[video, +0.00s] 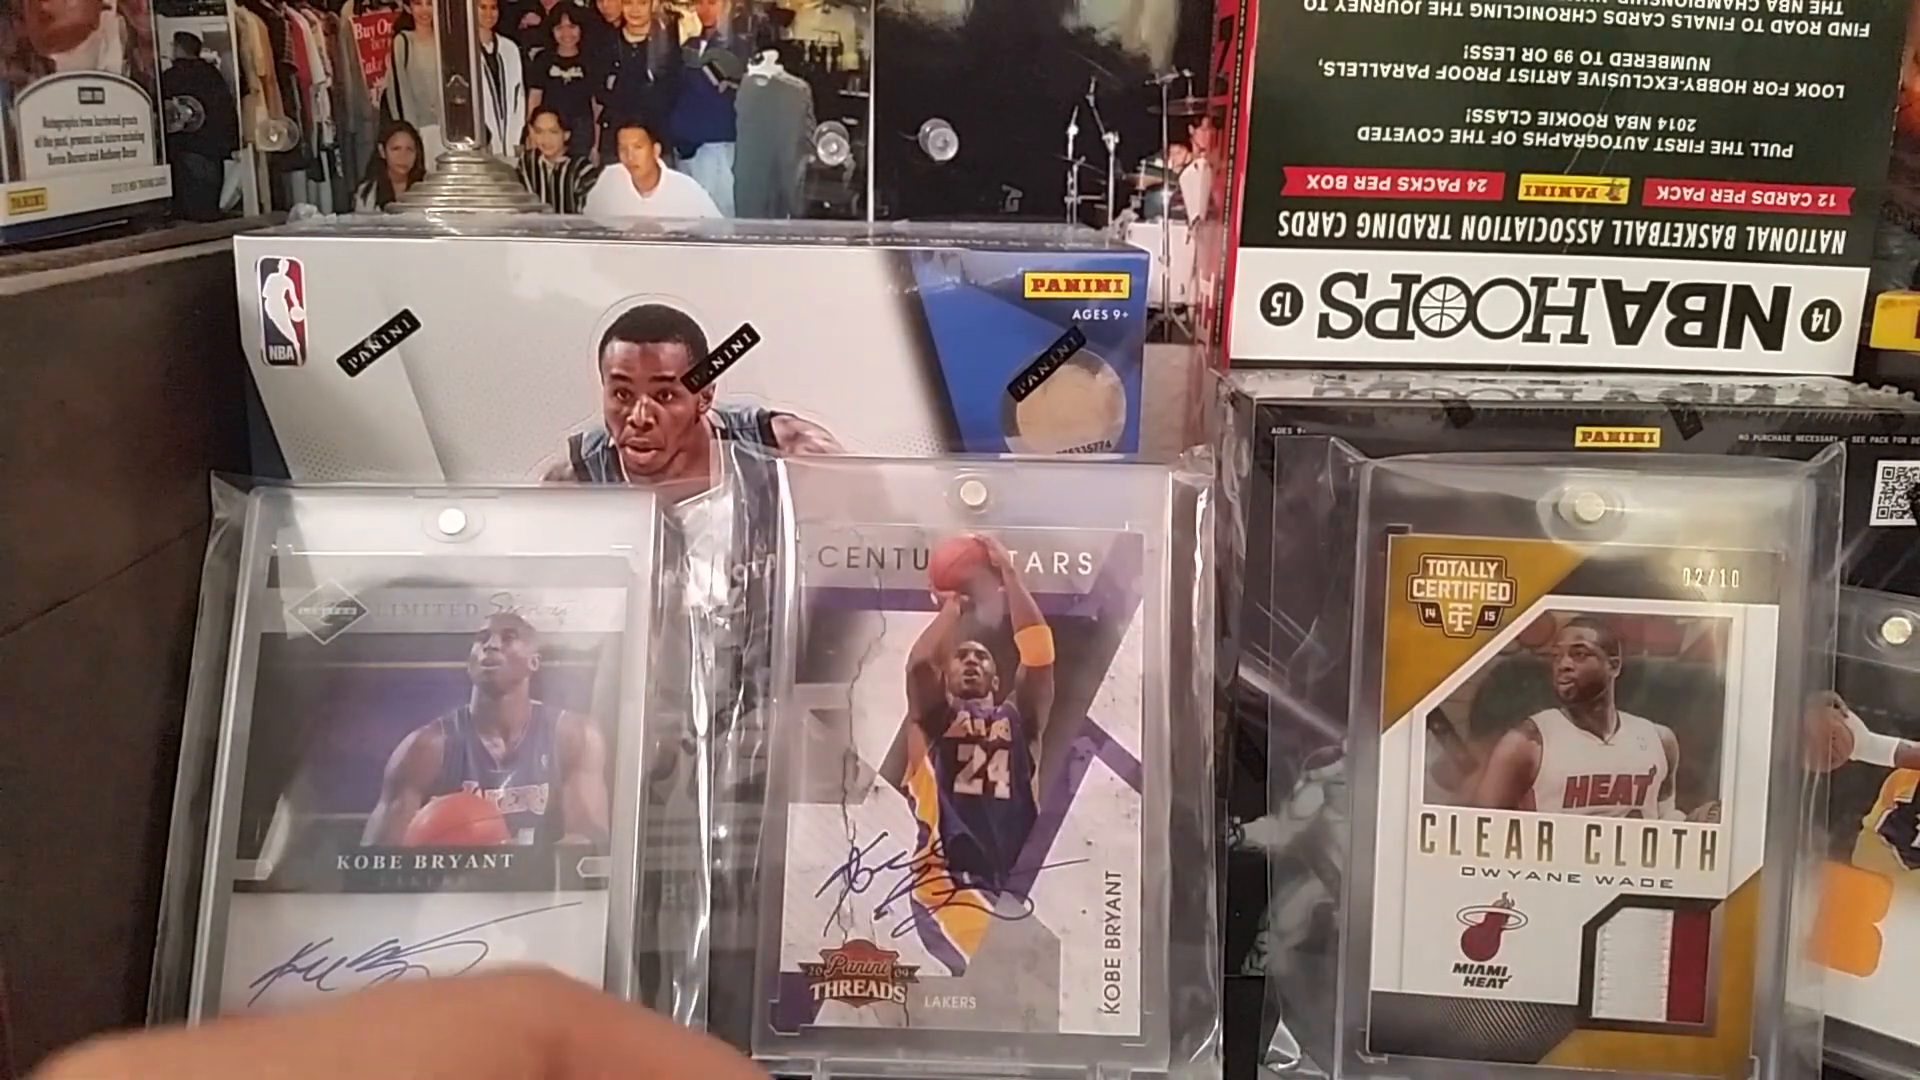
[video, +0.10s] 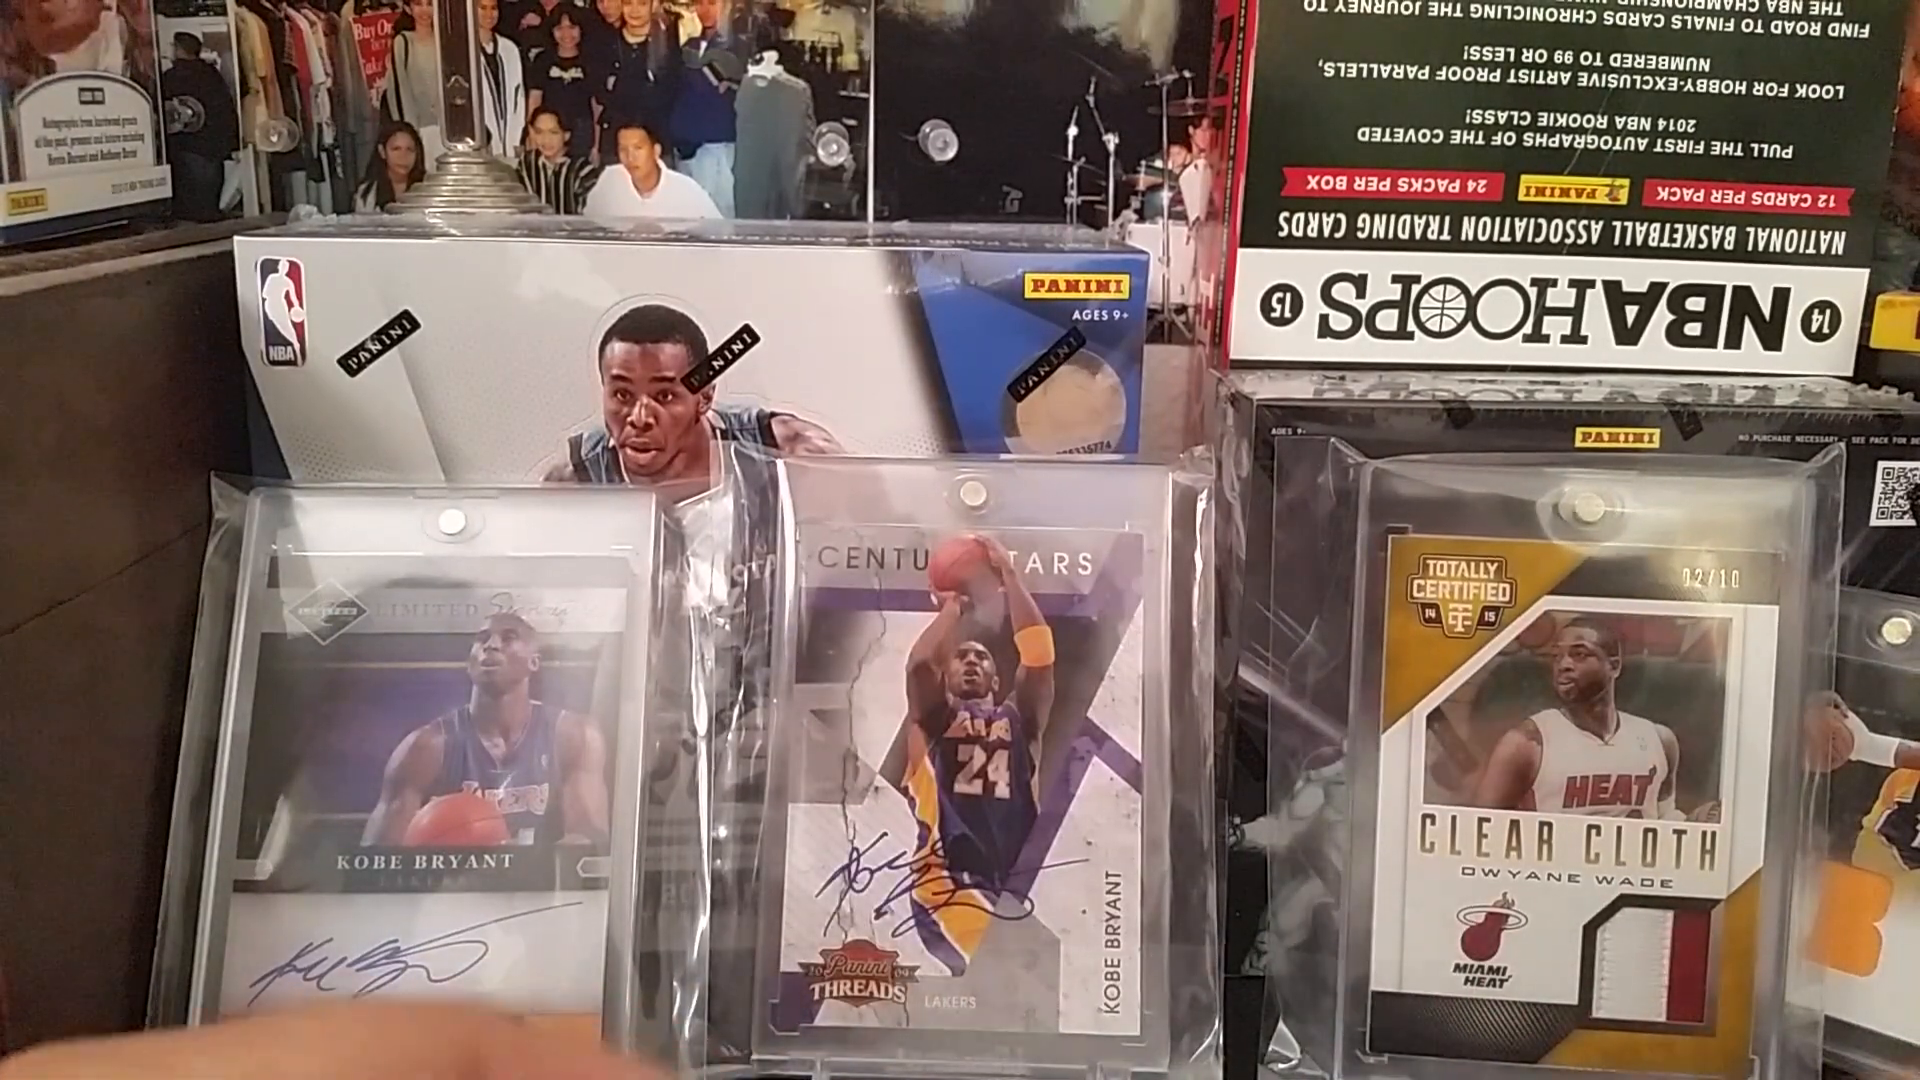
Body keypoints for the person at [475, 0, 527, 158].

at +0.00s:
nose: (489, 13)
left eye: (493, 7)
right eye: (483, 7)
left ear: (498, 11)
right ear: (472, 10)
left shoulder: (511, 48)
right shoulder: (465, 50)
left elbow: (520, 94)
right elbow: (465, 100)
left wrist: (516, 141)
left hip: (512, 144)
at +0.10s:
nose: (490, 14)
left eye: (494, 8)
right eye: (483, 8)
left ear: (498, 11)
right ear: (472, 11)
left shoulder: (511, 48)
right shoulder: (465, 51)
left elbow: (520, 95)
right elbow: (465, 100)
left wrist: (516, 141)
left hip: (512, 144)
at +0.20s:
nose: (490, 14)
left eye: (494, 8)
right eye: (483, 8)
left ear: (498, 11)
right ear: (472, 11)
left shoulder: (511, 48)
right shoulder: (465, 50)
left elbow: (520, 94)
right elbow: (464, 100)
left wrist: (516, 140)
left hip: (512, 144)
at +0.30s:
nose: (490, 14)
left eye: (494, 8)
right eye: (483, 8)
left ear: (498, 11)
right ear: (472, 11)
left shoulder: (511, 48)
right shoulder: (465, 51)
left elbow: (520, 94)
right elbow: (465, 100)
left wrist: (515, 141)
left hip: (511, 144)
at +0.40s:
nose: (490, 14)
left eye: (494, 8)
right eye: (483, 8)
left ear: (498, 11)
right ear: (472, 11)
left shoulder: (511, 49)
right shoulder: (465, 51)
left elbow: (520, 95)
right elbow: (465, 101)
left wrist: (516, 141)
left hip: (512, 144)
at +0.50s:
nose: (489, 14)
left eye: (493, 8)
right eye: (483, 8)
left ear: (498, 12)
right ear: (472, 11)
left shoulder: (511, 48)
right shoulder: (465, 50)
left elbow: (520, 96)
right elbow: (464, 100)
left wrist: (516, 141)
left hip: (512, 144)